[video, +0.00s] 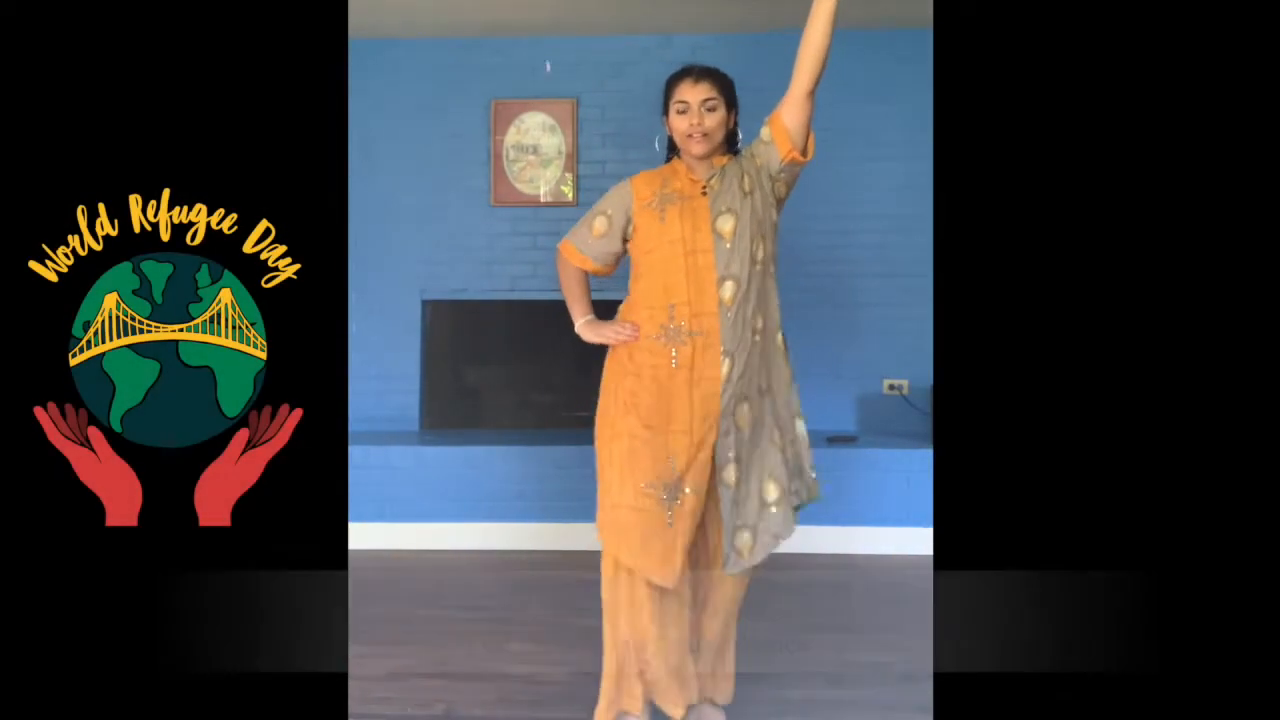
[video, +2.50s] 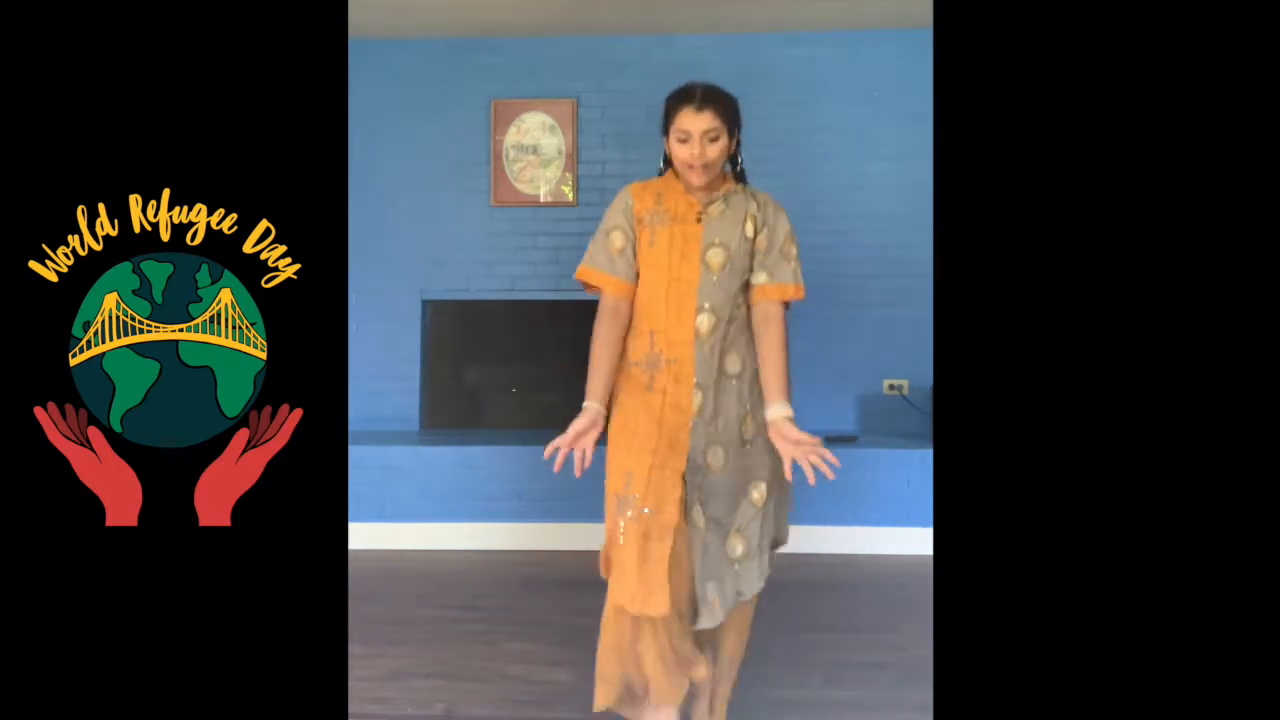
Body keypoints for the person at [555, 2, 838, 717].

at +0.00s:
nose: (695, 119)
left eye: (709, 107)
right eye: (683, 109)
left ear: (731, 117)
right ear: (667, 120)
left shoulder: (757, 179)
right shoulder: (641, 191)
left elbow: (803, 87)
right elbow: (571, 252)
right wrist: (584, 321)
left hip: (731, 386)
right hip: (646, 386)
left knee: (721, 550)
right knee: (642, 550)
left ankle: (702, 698)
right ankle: (632, 701)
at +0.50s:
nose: (692, 125)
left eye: (706, 114)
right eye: (679, 115)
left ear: (727, 127)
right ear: (664, 129)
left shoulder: (752, 189)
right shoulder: (636, 199)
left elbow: (799, 104)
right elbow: (571, 271)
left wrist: (825, 9)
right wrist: (588, 354)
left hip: (738, 402)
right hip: (652, 401)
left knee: (726, 565)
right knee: (649, 559)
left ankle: (702, 706)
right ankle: (639, 703)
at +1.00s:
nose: (689, 117)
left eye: (702, 105)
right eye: (675, 107)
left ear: (723, 117)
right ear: (660, 121)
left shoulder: (751, 179)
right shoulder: (634, 194)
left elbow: (803, 91)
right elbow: (566, 258)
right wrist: (579, 332)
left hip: (731, 391)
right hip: (643, 390)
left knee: (729, 551)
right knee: (634, 552)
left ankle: (704, 701)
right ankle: (630, 705)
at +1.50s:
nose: (678, 106)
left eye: (692, 95)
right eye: (666, 95)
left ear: (714, 109)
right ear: (649, 111)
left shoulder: (740, 162)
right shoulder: (621, 188)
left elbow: (825, 116)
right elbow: (567, 235)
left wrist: (812, 138)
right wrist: (528, 233)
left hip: (723, 384)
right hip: (637, 385)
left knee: (720, 547)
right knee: (633, 541)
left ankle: (714, 702)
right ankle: (635, 695)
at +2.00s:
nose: (696, 118)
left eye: (709, 105)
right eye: (683, 107)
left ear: (734, 116)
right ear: (667, 122)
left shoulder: (763, 201)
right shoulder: (636, 193)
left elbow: (766, 297)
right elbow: (599, 268)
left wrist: (730, 315)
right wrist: (604, 291)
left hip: (729, 390)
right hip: (647, 387)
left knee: (726, 532)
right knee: (652, 524)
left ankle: (707, 690)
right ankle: (661, 680)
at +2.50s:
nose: (696, 151)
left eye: (711, 138)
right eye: (684, 138)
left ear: (731, 142)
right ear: (667, 142)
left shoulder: (762, 215)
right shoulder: (635, 206)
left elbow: (769, 321)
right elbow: (613, 311)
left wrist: (778, 414)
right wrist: (595, 403)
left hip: (733, 413)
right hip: (647, 411)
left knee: (732, 560)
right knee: (651, 559)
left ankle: (712, 702)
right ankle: (660, 695)